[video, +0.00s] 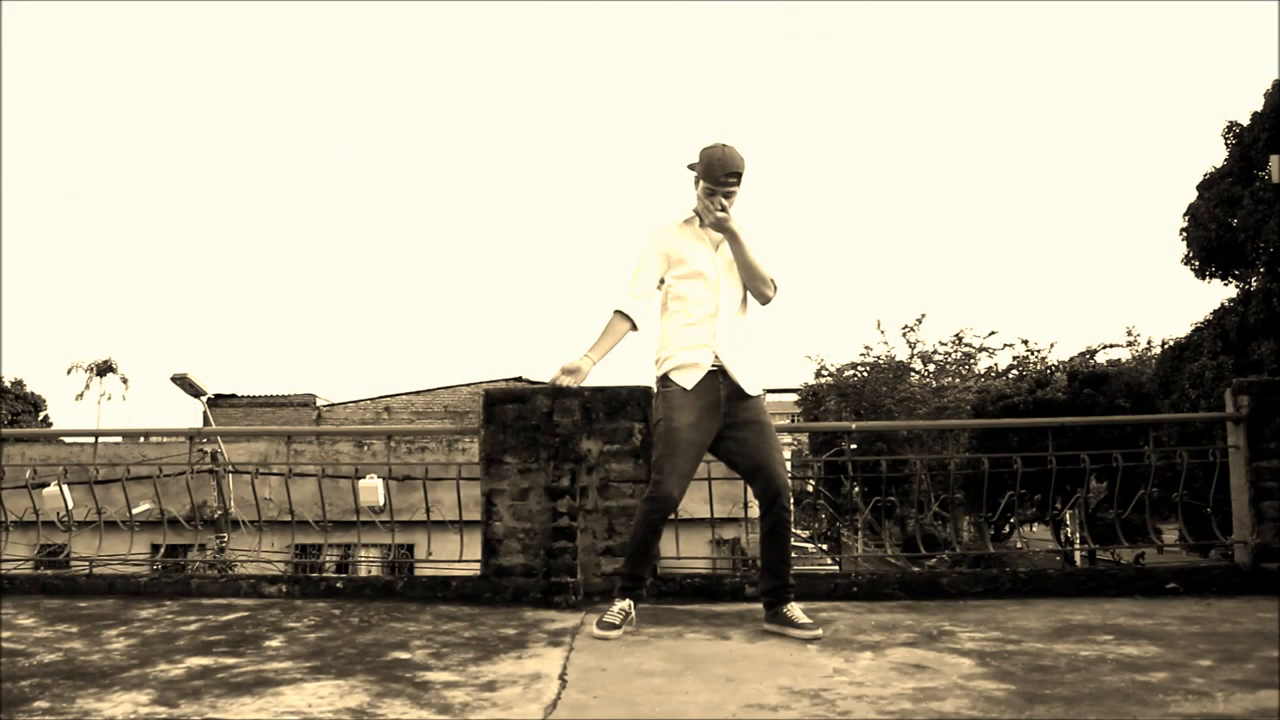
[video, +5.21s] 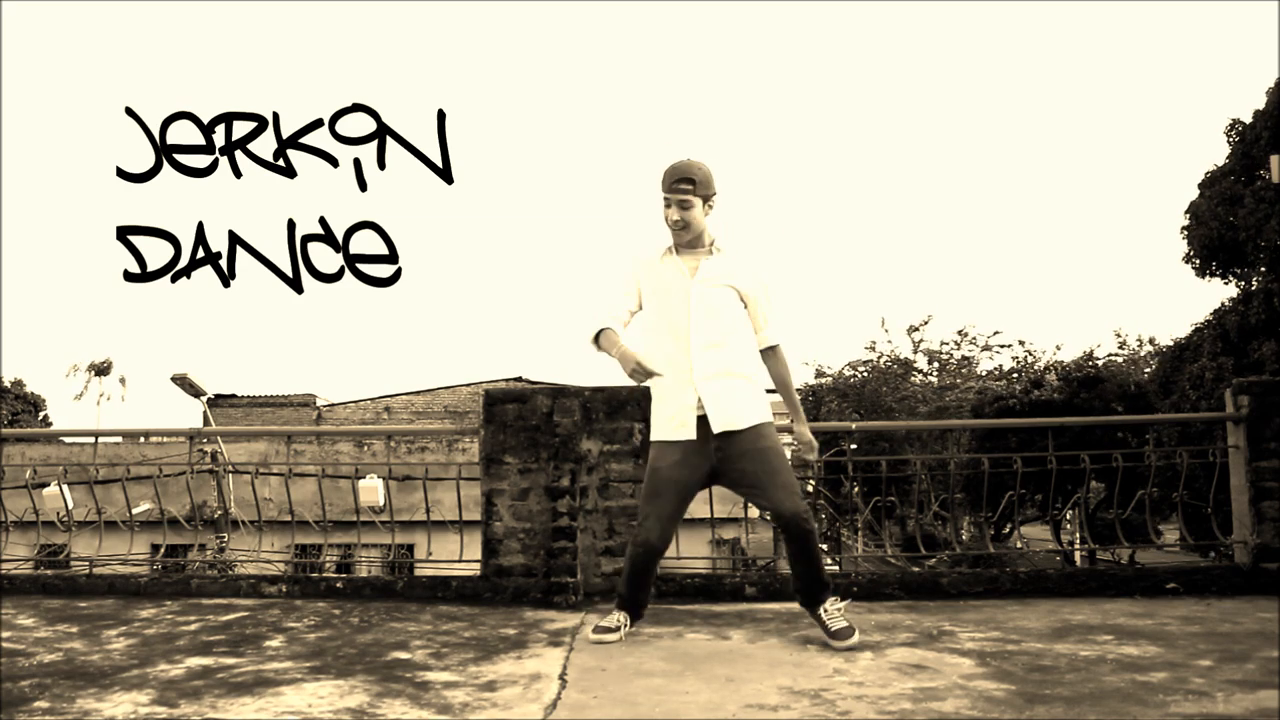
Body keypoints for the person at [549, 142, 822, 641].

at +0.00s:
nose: (724, 195)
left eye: (732, 187)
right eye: (715, 185)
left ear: (740, 187)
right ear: (696, 181)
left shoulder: (738, 240)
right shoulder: (667, 238)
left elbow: (765, 293)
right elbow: (630, 310)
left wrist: (731, 233)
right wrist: (588, 360)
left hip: (739, 383)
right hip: (686, 380)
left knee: (777, 490)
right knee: (667, 492)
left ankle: (779, 604)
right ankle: (624, 599)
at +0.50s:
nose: (680, 206)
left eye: (689, 196)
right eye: (672, 197)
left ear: (702, 190)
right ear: (658, 191)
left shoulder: (723, 238)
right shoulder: (637, 245)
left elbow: (740, 303)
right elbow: (632, 326)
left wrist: (675, 293)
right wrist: (628, 390)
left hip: (722, 381)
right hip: (662, 382)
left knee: (755, 486)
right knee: (641, 495)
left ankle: (749, 593)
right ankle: (627, 602)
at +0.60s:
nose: (681, 197)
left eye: (689, 187)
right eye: (673, 189)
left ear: (709, 184)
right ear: (666, 190)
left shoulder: (735, 239)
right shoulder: (645, 244)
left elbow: (741, 305)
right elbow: (633, 326)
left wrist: (691, 340)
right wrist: (627, 391)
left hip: (719, 391)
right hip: (657, 389)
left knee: (745, 494)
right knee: (631, 485)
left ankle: (745, 601)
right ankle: (622, 596)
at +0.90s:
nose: (643, 201)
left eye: (651, 192)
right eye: (637, 193)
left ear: (672, 189)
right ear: (630, 194)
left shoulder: (704, 243)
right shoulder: (621, 249)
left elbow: (736, 314)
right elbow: (608, 311)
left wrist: (759, 384)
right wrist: (609, 364)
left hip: (715, 393)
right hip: (652, 397)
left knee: (758, 495)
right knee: (633, 506)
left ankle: (788, 597)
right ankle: (609, 602)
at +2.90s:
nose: (690, 229)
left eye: (699, 218)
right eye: (684, 220)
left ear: (726, 219)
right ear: (680, 225)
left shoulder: (760, 279)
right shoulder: (671, 294)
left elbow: (776, 347)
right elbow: (653, 368)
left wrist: (781, 416)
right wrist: (643, 426)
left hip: (748, 425)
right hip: (688, 428)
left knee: (797, 517)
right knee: (661, 524)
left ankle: (801, 607)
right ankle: (610, 597)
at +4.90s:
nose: (700, 211)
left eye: (711, 202)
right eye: (694, 203)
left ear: (735, 209)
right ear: (688, 212)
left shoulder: (756, 278)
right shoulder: (667, 280)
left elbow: (769, 344)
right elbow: (645, 357)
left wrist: (788, 400)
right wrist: (639, 426)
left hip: (738, 414)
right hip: (678, 415)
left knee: (789, 514)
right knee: (657, 517)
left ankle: (790, 609)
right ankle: (610, 598)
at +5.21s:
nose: (675, 214)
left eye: (685, 204)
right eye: (668, 204)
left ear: (709, 206)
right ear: (662, 207)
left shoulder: (740, 270)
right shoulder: (647, 274)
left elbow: (770, 349)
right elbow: (604, 329)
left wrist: (798, 418)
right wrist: (623, 353)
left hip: (743, 421)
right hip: (675, 427)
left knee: (795, 515)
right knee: (649, 536)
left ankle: (820, 602)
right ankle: (625, 612)